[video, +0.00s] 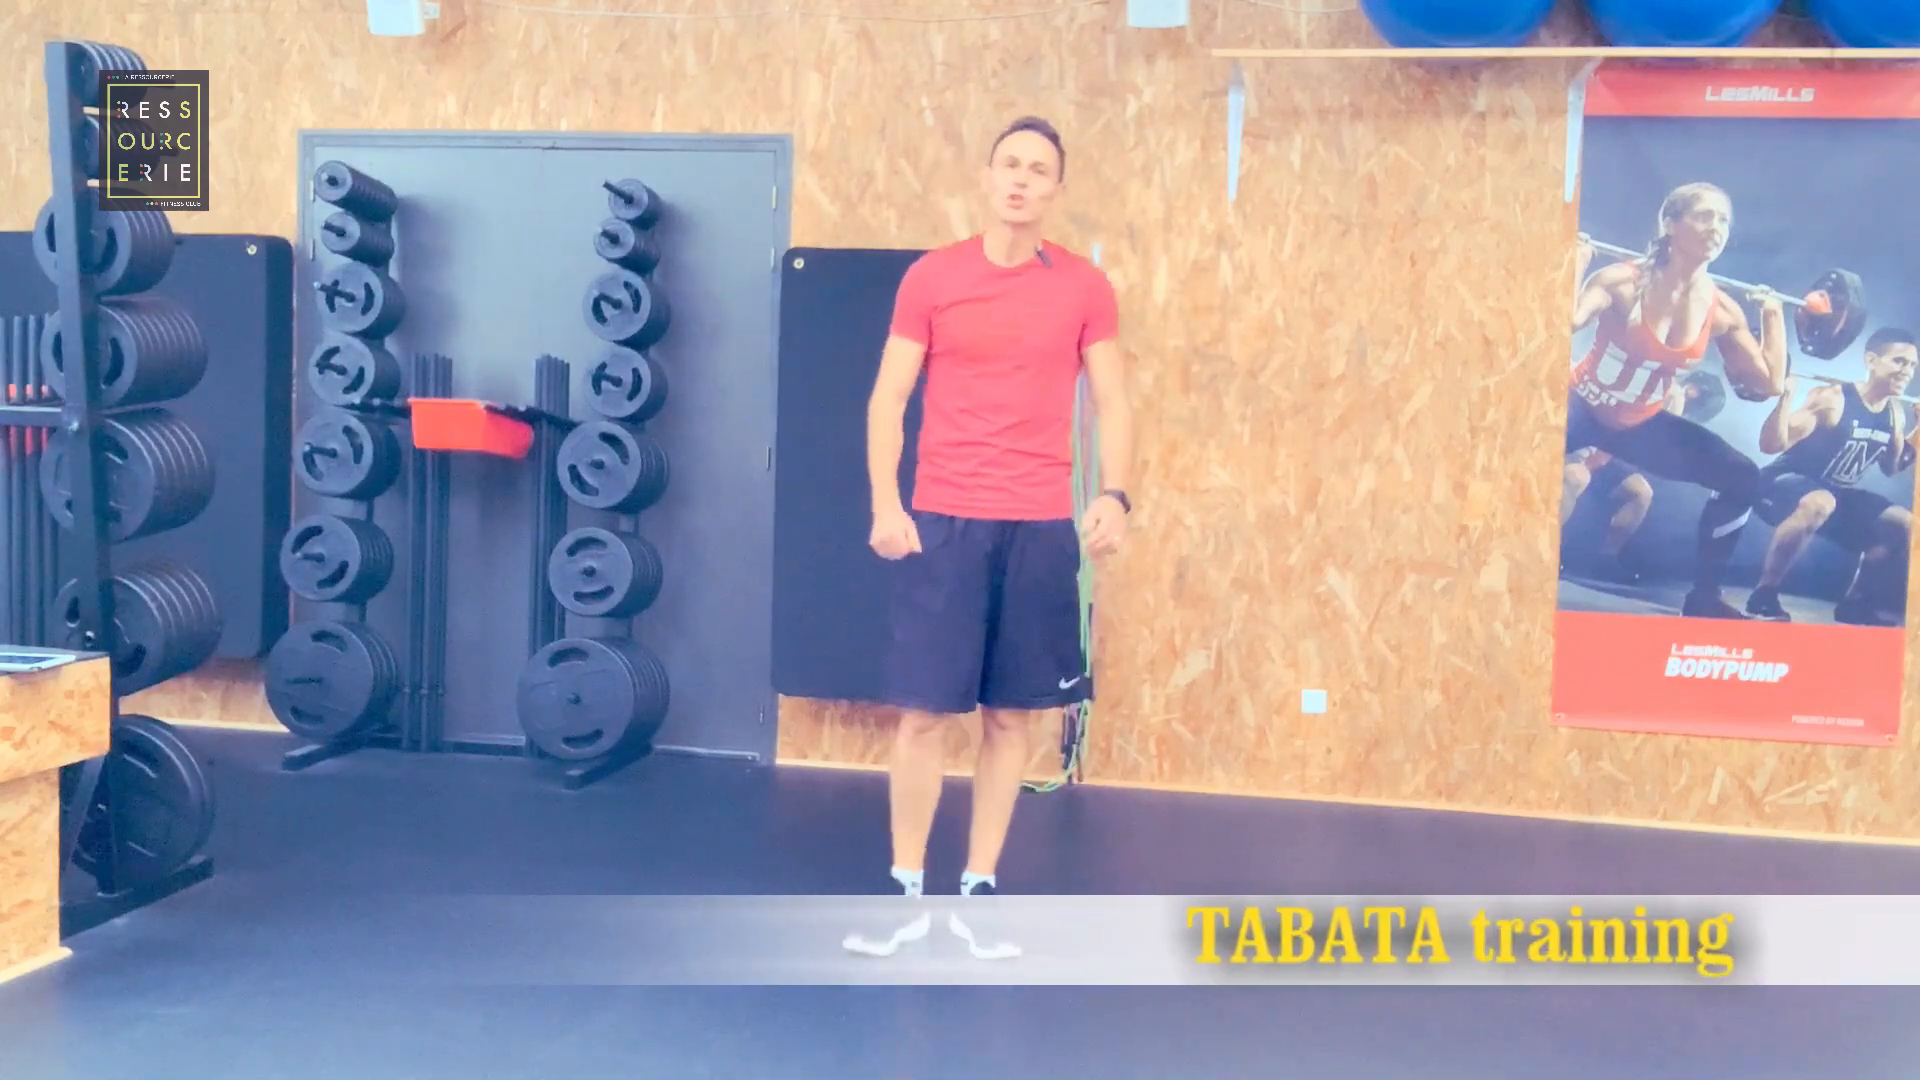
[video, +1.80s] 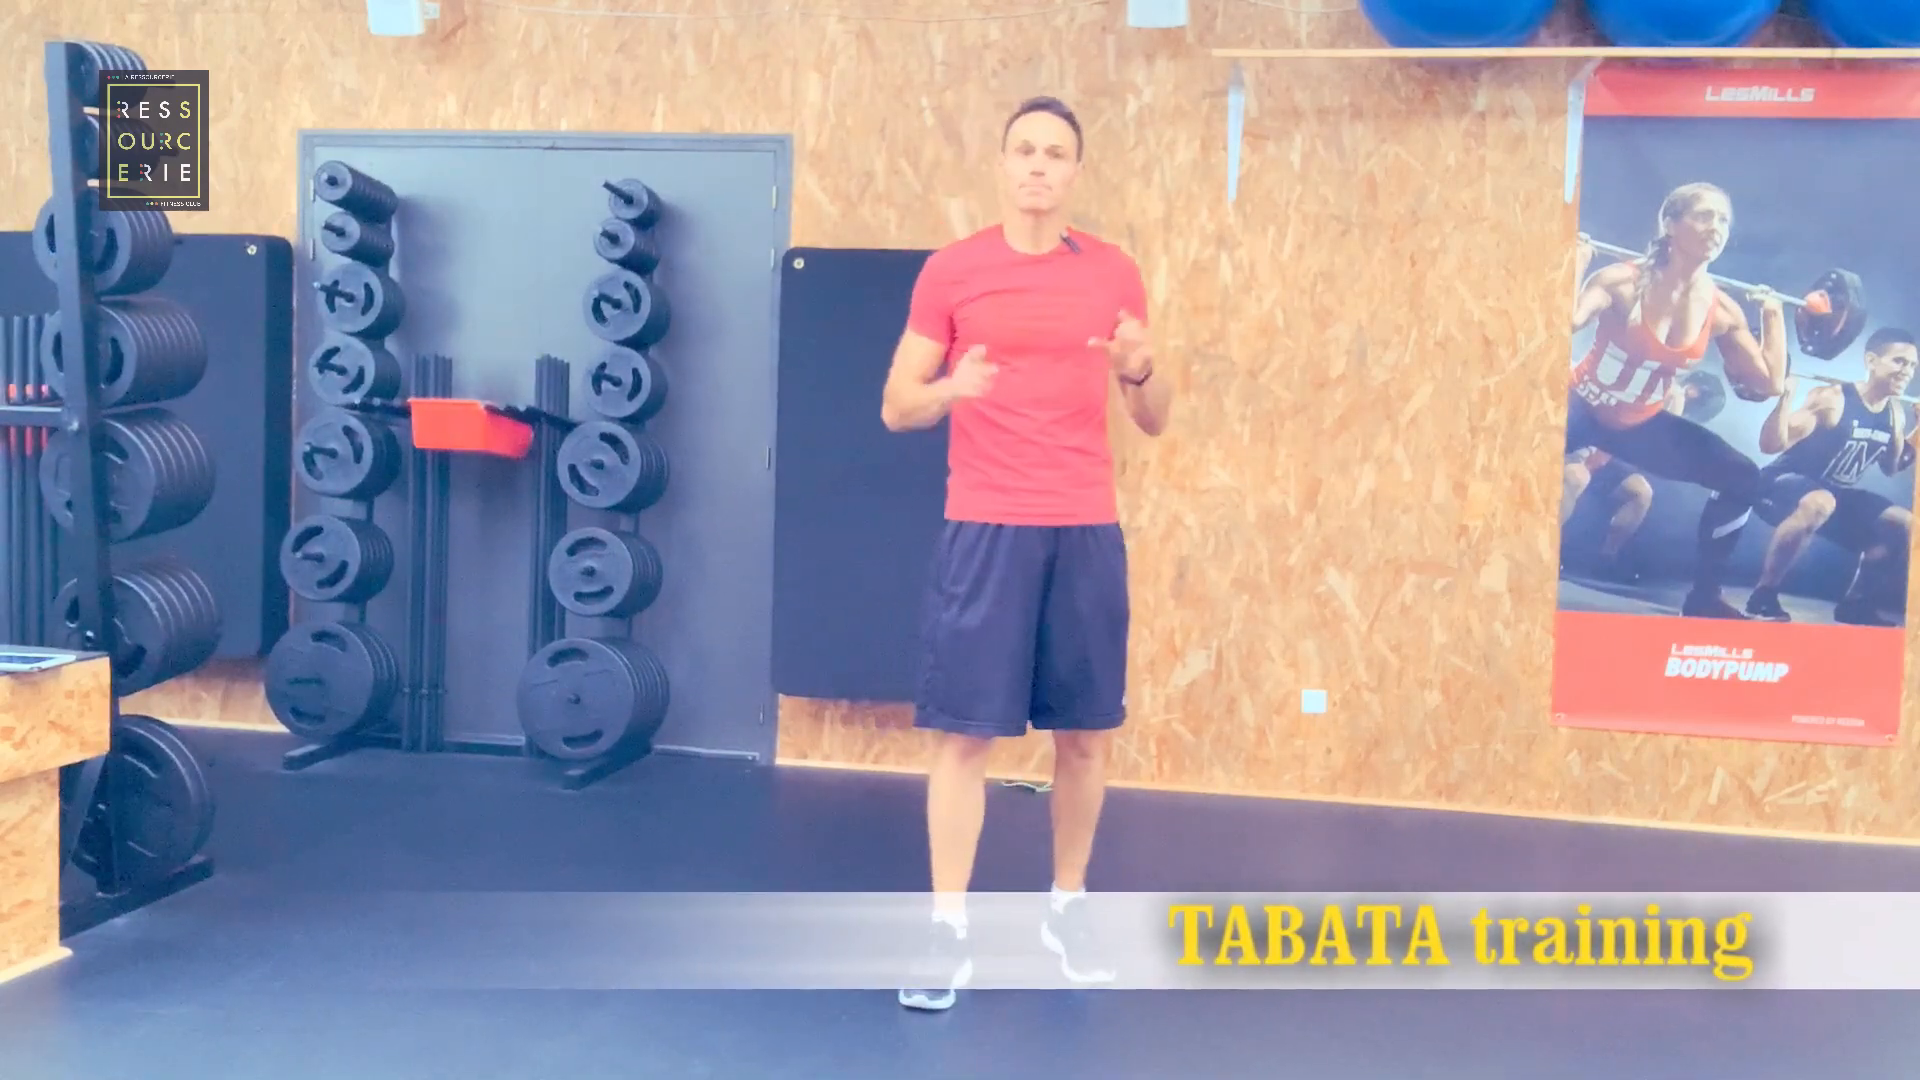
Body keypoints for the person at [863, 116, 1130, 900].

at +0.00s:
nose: (1021, 179)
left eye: (1037, 170)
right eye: (1010, 165)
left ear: (1057, 191)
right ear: (985, 177)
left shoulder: (1084, 286)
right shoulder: (932, 277)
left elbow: (1111, 398)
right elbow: (888, 398)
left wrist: (1115, 493)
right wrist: (885, 503)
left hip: (1041, 529)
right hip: (942, 523)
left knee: (1012, 716)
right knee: (925, 711)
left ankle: (977, 889)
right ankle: (905, 889)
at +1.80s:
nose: (1038, 168)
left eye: (1055, 155)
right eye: (1025, 152)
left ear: (1079, 172)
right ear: (999, 164)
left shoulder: (1112, 269)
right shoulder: (951, 270)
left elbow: (1152, 420)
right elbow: (898, 408)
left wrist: (1139, 371)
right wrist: (949, 390)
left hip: (1086, 530)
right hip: (984, 529)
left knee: (1082, 734)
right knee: (964, 735)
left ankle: (1066, 914)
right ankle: (946, 933)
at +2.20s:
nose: (1079, 180)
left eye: (1096, 168)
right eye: (1068, 164)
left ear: (1121, 186)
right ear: (1045, 174)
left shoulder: (1150, 284)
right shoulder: (991, 270)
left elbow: (1189, 424)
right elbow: (926, 407)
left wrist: (1186, 371)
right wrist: (954, 343)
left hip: (1110, 530)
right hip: (1012, 529)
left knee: (1086, 730)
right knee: (981, 728)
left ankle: (1066, 916)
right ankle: (950, 924)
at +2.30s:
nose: (1081, 185)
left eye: (1098, 172)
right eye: (1070, 169)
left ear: (1122, 188)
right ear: (1048, 177)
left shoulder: (1150, 284)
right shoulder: (993, 275)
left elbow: (1191, 408)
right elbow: (924, 393)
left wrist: (1180, 434)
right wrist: (959, 407)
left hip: (1108, 528)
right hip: (1010, 526)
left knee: (1087, 726)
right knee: (976, 724)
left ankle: (1067, 911)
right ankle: (956, 909)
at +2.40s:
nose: (1079, 189)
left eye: (1095, 176)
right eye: (1067, 173)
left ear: (1119, 191)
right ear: (1046, 181)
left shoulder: (1148, 290)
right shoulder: (992, 280)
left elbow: (1182, 408)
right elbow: (921, 398)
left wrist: (1164, 494)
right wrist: (957, 483)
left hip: (1107, 534)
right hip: (1005, 530)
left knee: (1088, 724)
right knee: (969, 723)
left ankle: (1066, 909)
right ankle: (960, 878)